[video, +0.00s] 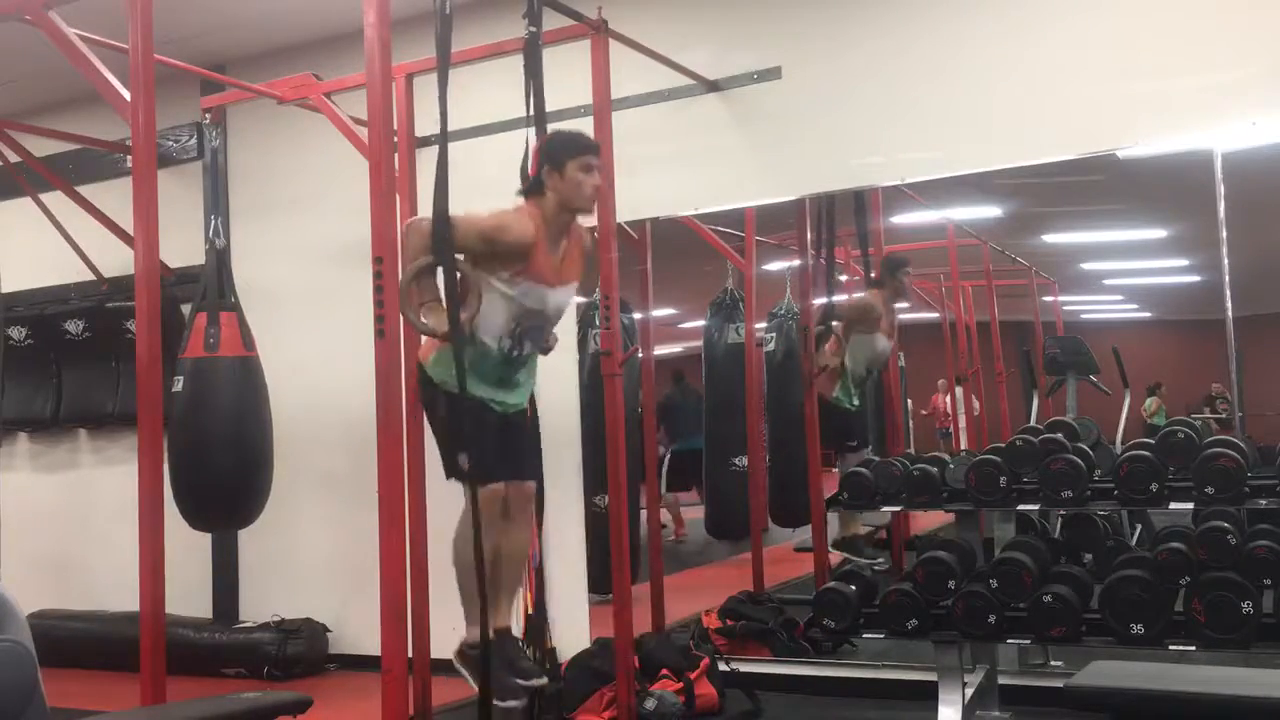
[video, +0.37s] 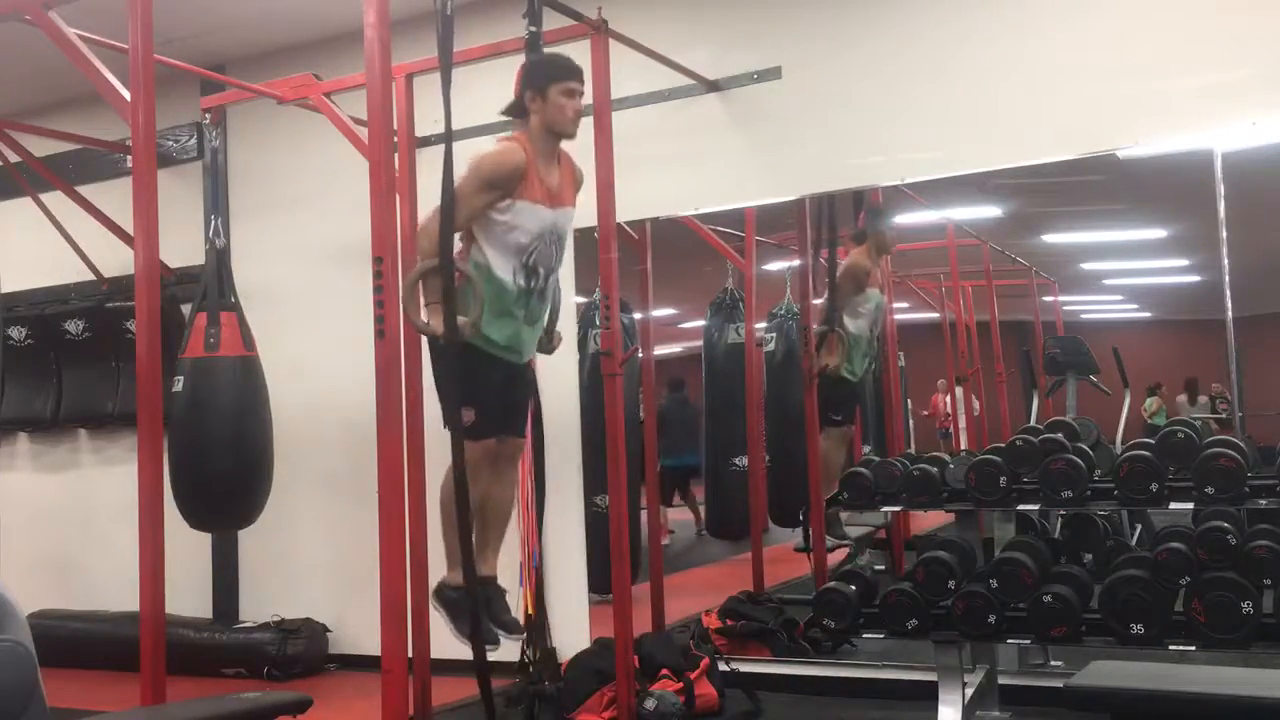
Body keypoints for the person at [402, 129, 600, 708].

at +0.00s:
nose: (596, 182)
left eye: (597, 171)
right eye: (584, 171)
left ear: (586, 181)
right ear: (550, 178)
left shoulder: (577, 239)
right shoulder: (513, 229)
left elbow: (536, 290)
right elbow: (416, 232)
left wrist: (543, 328)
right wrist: (425, 305)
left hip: (513, 384)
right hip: (459, 377)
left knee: (518, 499)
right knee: (491, 499)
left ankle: (496, 636)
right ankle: (479, 639)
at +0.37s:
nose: (580, 106)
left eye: (581, 96)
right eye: (569, 95)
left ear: (573, 105)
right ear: (532, 99)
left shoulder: (570, 172)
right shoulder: (504, 162)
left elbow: (543, 253)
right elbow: (429, 233)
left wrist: (546, 320)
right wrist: (422, 308)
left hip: (516, 339)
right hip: (467, 333)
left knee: (507, 451)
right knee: (475, 450)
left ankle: (486, 577)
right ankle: (456, 581)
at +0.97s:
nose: (562, 85)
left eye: (565, 76)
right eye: (551, 74)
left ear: (561, 85)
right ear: (516, 77)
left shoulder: (553, 153)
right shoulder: (492, 137)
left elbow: (545, 241)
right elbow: (461, 221)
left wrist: (551, 310)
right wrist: (450, 301)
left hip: (527, 313)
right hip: (480, 308)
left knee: (539, 430)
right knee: (512, 427)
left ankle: (562, 556)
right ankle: (536, 561)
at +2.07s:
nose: (583, 159)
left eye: (587, 149)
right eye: (572, 147)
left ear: (585, 156)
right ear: (537, 148)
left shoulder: (570, 216)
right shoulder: (503, 202)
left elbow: (529, 278)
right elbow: (411, 242)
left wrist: (548, 325)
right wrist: (441, 317)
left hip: (523, 359)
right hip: (474, 361)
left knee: (534, 492)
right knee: (502, 492)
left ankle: (546, 626)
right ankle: (525, 632)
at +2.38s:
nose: (594, 234)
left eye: (596, 225)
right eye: (584, 223)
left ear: (586, 232)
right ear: (548, 225)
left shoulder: (565, 279)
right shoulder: (509, 261)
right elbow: (415, 234)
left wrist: (526, 343)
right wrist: (434, 310)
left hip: (499, 417)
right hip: (452, 414)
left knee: (513, 543)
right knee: (487, 548)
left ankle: (525, 672)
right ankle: (502, 682)